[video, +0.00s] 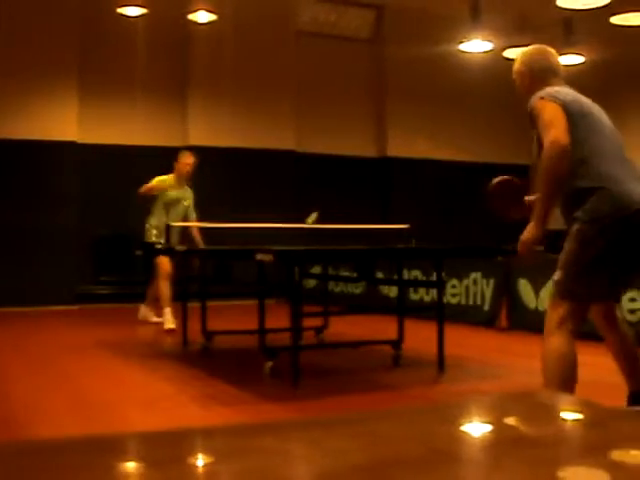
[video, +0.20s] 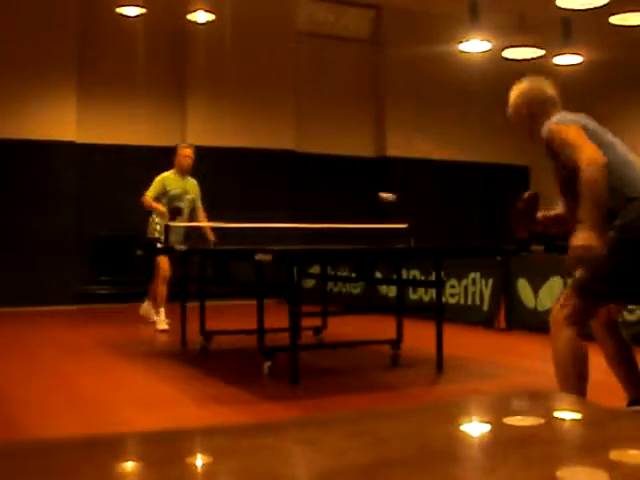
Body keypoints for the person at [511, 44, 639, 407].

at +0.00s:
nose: (515, 85)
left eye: (515, 77)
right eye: (514, 77)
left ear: (524, 76)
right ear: (557, 73)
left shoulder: (544, 99)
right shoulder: (581, 102)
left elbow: (558, 143)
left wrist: (538, 221)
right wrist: (538, 201)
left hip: (603, 210)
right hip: (631, 207)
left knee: (561, 317)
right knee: (604, 309)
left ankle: (557, 415)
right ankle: (637, 390)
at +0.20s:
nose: (514, 122)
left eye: (514, 114)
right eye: (513, 114)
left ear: (526, 110)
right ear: (551, 102)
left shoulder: (557, 126)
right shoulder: (576, 124)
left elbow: (593, 160)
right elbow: (577, 212)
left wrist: (587, 228)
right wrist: (537, 220)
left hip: (627, 225)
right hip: (633, 224)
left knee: (565, 316)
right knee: (603, 319)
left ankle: (571, 414)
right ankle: (636, 397)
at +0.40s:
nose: (511, 184)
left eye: (511, 175)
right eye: (509, 177)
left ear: (526, 168)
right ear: (543, 160)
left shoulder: (557, 179)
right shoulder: (560, 184)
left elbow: (602, 202)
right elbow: (572, 246)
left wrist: (616, 275)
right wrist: (522, 265)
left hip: (631, 260)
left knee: (562, 320)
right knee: (599, 326)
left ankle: (571, 415)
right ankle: (635, 399)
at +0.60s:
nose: (514, 173)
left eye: (514, 164)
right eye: (513, 165)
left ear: (526, 160)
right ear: (549, 151)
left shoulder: (553, 174)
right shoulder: (569, 168)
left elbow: (593, 200)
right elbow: (579, 245)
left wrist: (615, 273)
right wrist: (546, 282)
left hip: (632, 257)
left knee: (554, 321)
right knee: (594, 325)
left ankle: (568, 418)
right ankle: (635, 401)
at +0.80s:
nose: (514, 122)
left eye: (515, 113)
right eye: (514, 113)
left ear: (526, 113)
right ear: (556, 107)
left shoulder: (550, 133)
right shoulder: (573, 130)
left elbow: (587, 166)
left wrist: (607, 241)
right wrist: (579, 256)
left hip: (629, 235)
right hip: (638, 234)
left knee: (554, 319)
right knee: (603, 318)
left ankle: (568, 416)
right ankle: (635, 397)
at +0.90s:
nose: (516, 101)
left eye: (517, 92)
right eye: (516, 92)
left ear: (526, 93)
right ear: (560, 89)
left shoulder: (546, 115)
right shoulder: (576, 117)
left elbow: (568, 157)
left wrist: (580, 231)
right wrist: (547, 238)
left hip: (616, 227)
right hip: (635, 225)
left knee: (548, 315)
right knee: (603, 316)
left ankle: (565, 410)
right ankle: (633, 397)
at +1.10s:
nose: (520, 60)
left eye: (521, 54)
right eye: (523, 54)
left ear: (525, 55)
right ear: (566, 56)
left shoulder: (536, 79)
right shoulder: (585, 89)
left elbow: (535, 121)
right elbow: (610, 157)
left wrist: (510, 196)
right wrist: (554, 196)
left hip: (592, 204)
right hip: (628, 200)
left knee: (547, 311)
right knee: (617, 305)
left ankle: (562, 413)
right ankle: (634, 397)